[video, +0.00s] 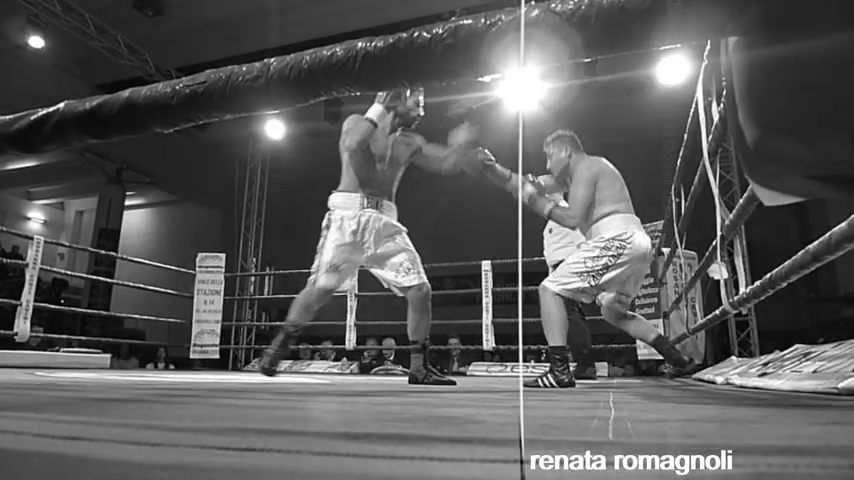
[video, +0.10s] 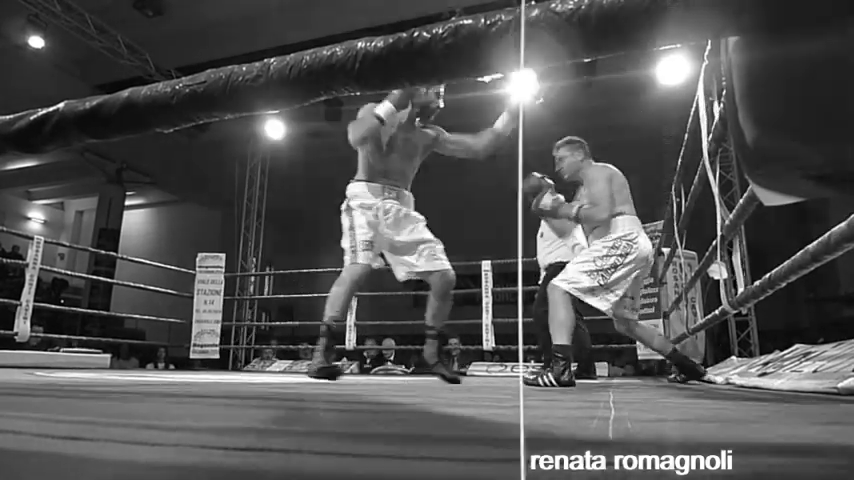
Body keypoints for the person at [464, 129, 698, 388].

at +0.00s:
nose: (547, 162)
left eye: (549, 154)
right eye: (546, 156)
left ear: (565, 150)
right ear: (568, 151)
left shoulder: (584, 167)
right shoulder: (592, 168)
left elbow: (575, 218)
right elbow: (534, 186)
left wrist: (538, 203)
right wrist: (491, 167)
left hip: (617, 240)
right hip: (639, 243)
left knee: (549, 289)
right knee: (613, 311)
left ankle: (559, 370)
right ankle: (676, 357)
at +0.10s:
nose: (557, 166)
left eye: (561, 159)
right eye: (555, 161)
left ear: (579, 155)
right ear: (578, 159)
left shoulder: (598, 172)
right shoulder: (583, 190)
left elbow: (601, 213)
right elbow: (565, 227)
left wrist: (568, 211)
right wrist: (548, 208)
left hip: (623, 241)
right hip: (637, 246)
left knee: (558, 288)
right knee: (624, 322)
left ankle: (560, 368)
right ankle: (687, 365)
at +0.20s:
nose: (571, 163)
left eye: (575, 156)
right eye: (570, 158)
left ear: (594, 154)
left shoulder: (607, 170)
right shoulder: (597, 190)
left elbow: (618, 204)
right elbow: (590, 237)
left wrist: (576, 196)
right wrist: (569, 211)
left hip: (625, 241)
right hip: (641, 246)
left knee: (572, 292)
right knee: (631, 318)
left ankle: (562, 367)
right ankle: (690, 367)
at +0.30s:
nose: (587, 157)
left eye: (590, 151)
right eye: (585, 154)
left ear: (608, 148)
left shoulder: (617, 163)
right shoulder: (601, 186)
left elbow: (624, 188)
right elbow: (598, 229)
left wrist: (585, 174)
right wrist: (578, 197)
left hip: (626, 233)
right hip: (639, 239)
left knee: (586, 292)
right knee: (641, 311)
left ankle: (586, 368)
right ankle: (693, 367)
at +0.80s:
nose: (577, 167)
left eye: (581, 161)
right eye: (574, 164)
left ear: (594, 159)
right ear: (573, 167)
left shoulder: (607, 174)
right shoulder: (586, 191)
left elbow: (617, 201)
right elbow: (589, 233)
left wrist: (580, 190)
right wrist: (568, 208)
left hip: (618, 239)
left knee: (585, 290)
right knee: (636, 308)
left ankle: (608, 358)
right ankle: (683, 356)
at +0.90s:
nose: (572, 170)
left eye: (576, 164)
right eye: (568, 167)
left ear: (589, 163)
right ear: (565, 170)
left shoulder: (602, 177)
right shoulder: (573, 196)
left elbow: (622, 199)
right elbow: (565, 231)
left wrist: (586, 187)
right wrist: (557, 203)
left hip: (613, 240)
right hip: (598, 247)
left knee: (578, 292)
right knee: (636, 307)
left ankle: (584, 361)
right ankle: (685, 355)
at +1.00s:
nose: (564, 177)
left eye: (568, 171)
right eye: (560, 173)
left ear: (580, 170)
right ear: (558, 177)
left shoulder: (597, 186)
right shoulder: (566, 204)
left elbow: (625, 208)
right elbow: (543, 232)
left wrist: (593, 194)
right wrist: (540, 204)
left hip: (605, 248)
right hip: (591, 255)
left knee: (568, 299)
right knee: (639, 309)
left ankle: (572, 366)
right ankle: (686, 357)